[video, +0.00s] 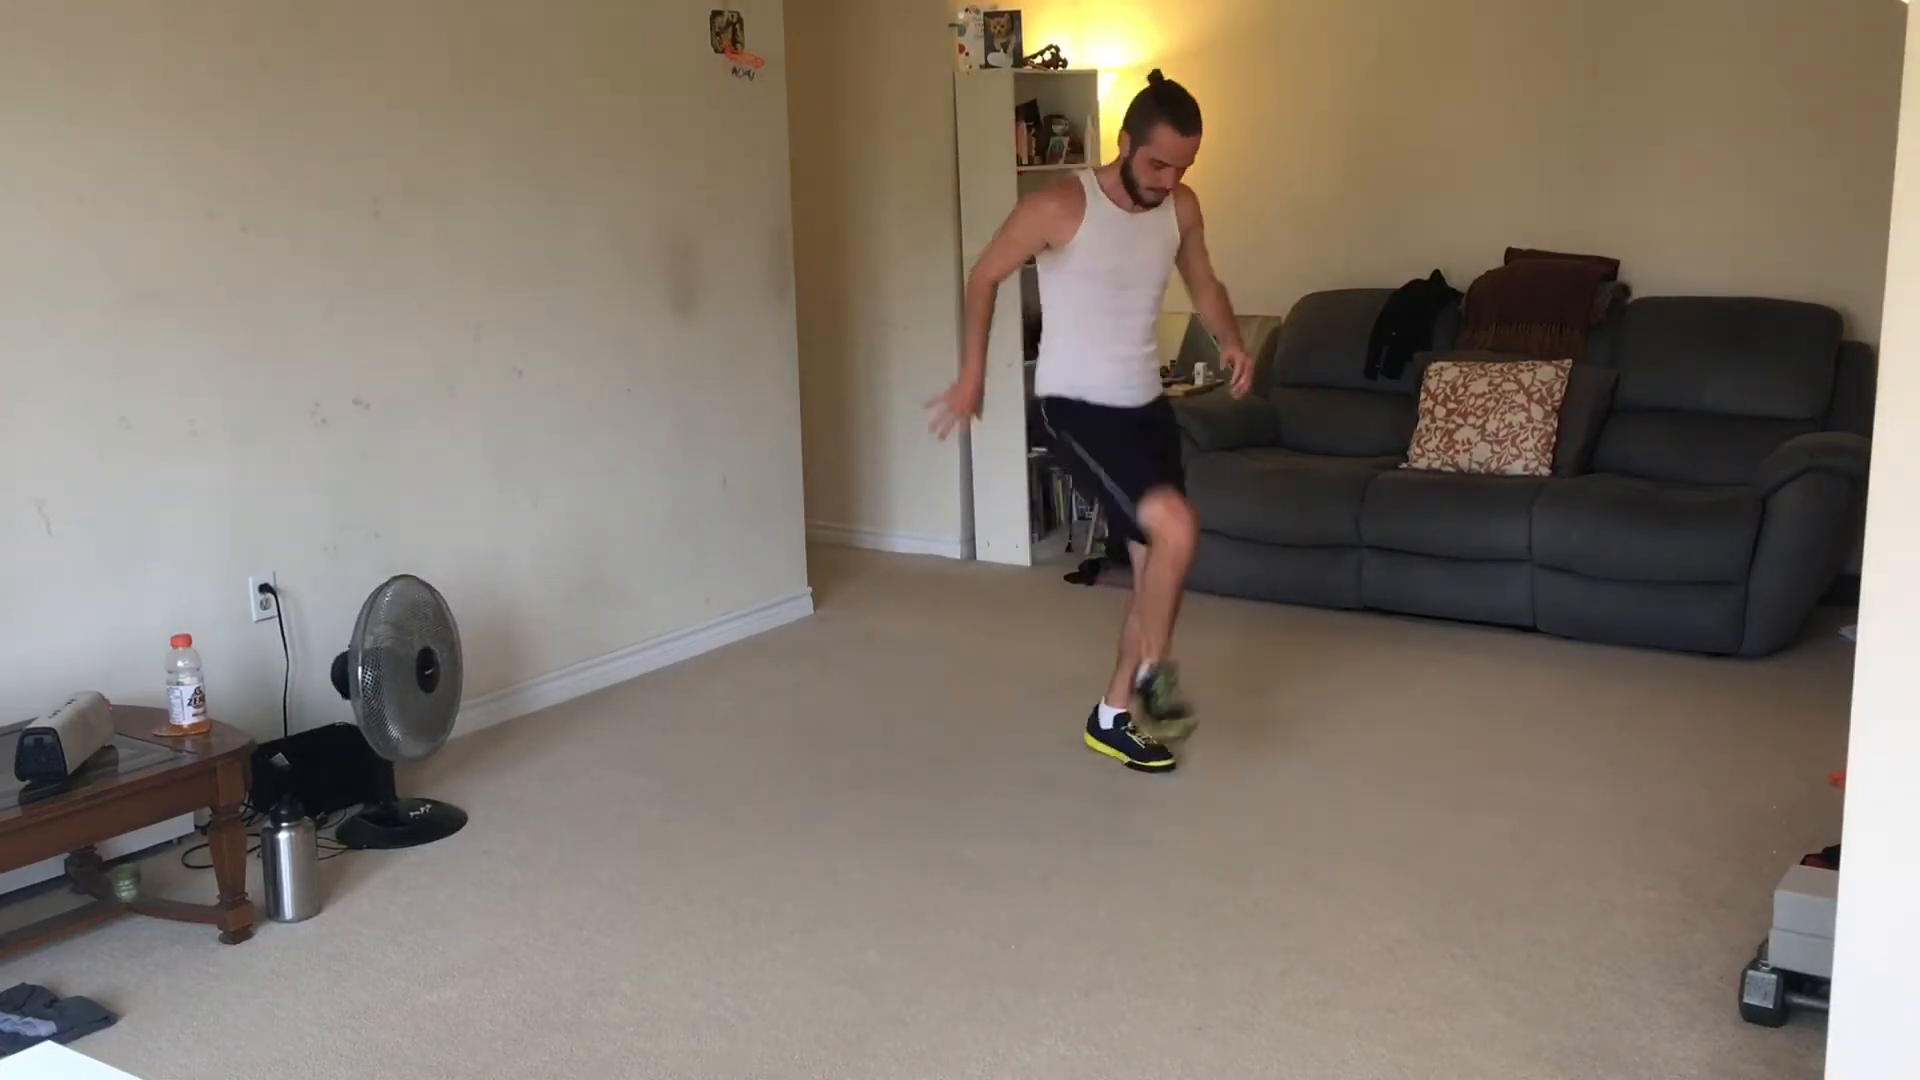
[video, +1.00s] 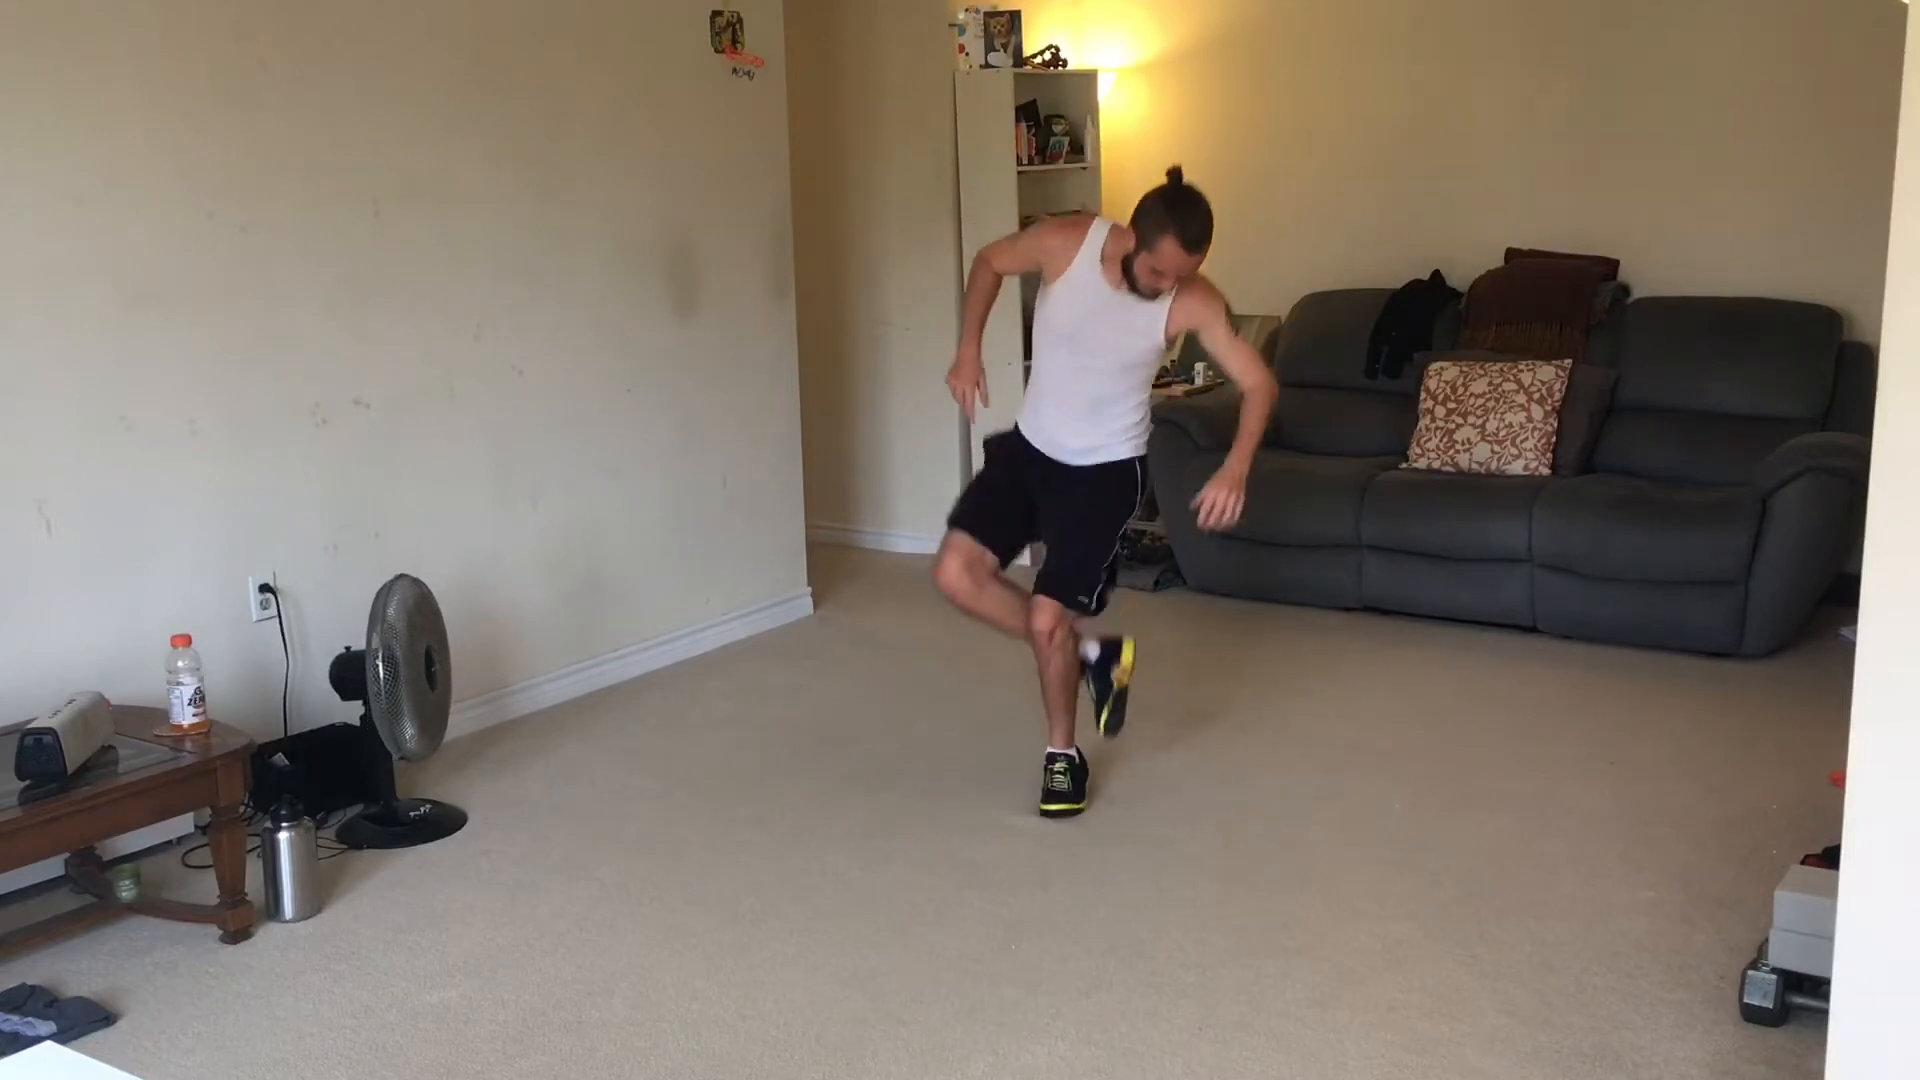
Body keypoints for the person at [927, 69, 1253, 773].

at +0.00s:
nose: (1168, 179)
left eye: (1180, 167)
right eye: (1157, 163)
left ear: (1190, 155)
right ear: (1124, 142)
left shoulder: (1179, 206)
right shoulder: (1060, 203)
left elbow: (1204, 285)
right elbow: (982, 277)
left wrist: (1231, 341)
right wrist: (971, 376)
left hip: (1146, 405)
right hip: (1073, 405)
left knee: (1153, 571)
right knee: (1175, 527)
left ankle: (1114, 714)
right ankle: (1150, 675)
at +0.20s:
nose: (1172, 157)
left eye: (1183, 143)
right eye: (1159, 141)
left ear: (1192, 137)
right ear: (1127, 125)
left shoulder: (1188, 198)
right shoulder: (1070, 192)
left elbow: (1229, 277)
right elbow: (994, 279)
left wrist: (1257, 296)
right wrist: (1004, 367)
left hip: (1150, 402)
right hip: (1076, 399)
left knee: (1157, 559)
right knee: (1157, 522)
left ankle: (1111, 715)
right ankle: (1162, 687)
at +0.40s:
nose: (1179, 154)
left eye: (1191, 142)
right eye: (1167, 138)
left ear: (1202, 132)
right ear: (1134, 118)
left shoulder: (1195, 193)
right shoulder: (1076, 177)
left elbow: (1219, 285)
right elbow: (984, 252)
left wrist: (1261, 328)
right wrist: (1000, 311)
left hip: (1143, 394)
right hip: (1063, 391)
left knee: (1129, 569)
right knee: (1060, 343)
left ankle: (1098, 725)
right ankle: (1207, 419)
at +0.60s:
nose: (1185, 189)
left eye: (1199, 178)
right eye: (1175, 172)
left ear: (1213, 168)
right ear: (1146, 149)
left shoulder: (1199, 230)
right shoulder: (1078, 199)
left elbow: (1213, 316)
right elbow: (977, 255)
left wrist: (1239, 390)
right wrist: (986, 321)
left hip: (1128, 412)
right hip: (1047, 397)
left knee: (1135, 580)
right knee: (1088, 493)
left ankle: (1094, 741)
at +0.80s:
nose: (1189, 193)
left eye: (1204, 183)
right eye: (1180, 176)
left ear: (1218, 168)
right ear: (1150, 146)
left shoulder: (1209, 222)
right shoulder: (1079, 178)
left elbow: (1250, 301)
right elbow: (981, 210)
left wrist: (1243, 379)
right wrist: (969, 286)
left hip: (1111, 412)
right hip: (1025, 392)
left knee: (1098, 585)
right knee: (1004, 528)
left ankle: (1094, 727)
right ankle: (1101, 549)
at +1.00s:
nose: (1163, 288)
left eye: (1178, 279)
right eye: (1155, 273)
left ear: (1197, 260)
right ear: (1129, 238)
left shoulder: (1193, 302)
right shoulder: (1067, 240)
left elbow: (1261, 385)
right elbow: (988, 262)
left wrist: (1235, 470)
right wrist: (968, 350)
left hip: (1104, 471)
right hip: (1028, 450)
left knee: (1048, 623)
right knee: (957, 574)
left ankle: (1062, 755)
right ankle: (1094, 653)